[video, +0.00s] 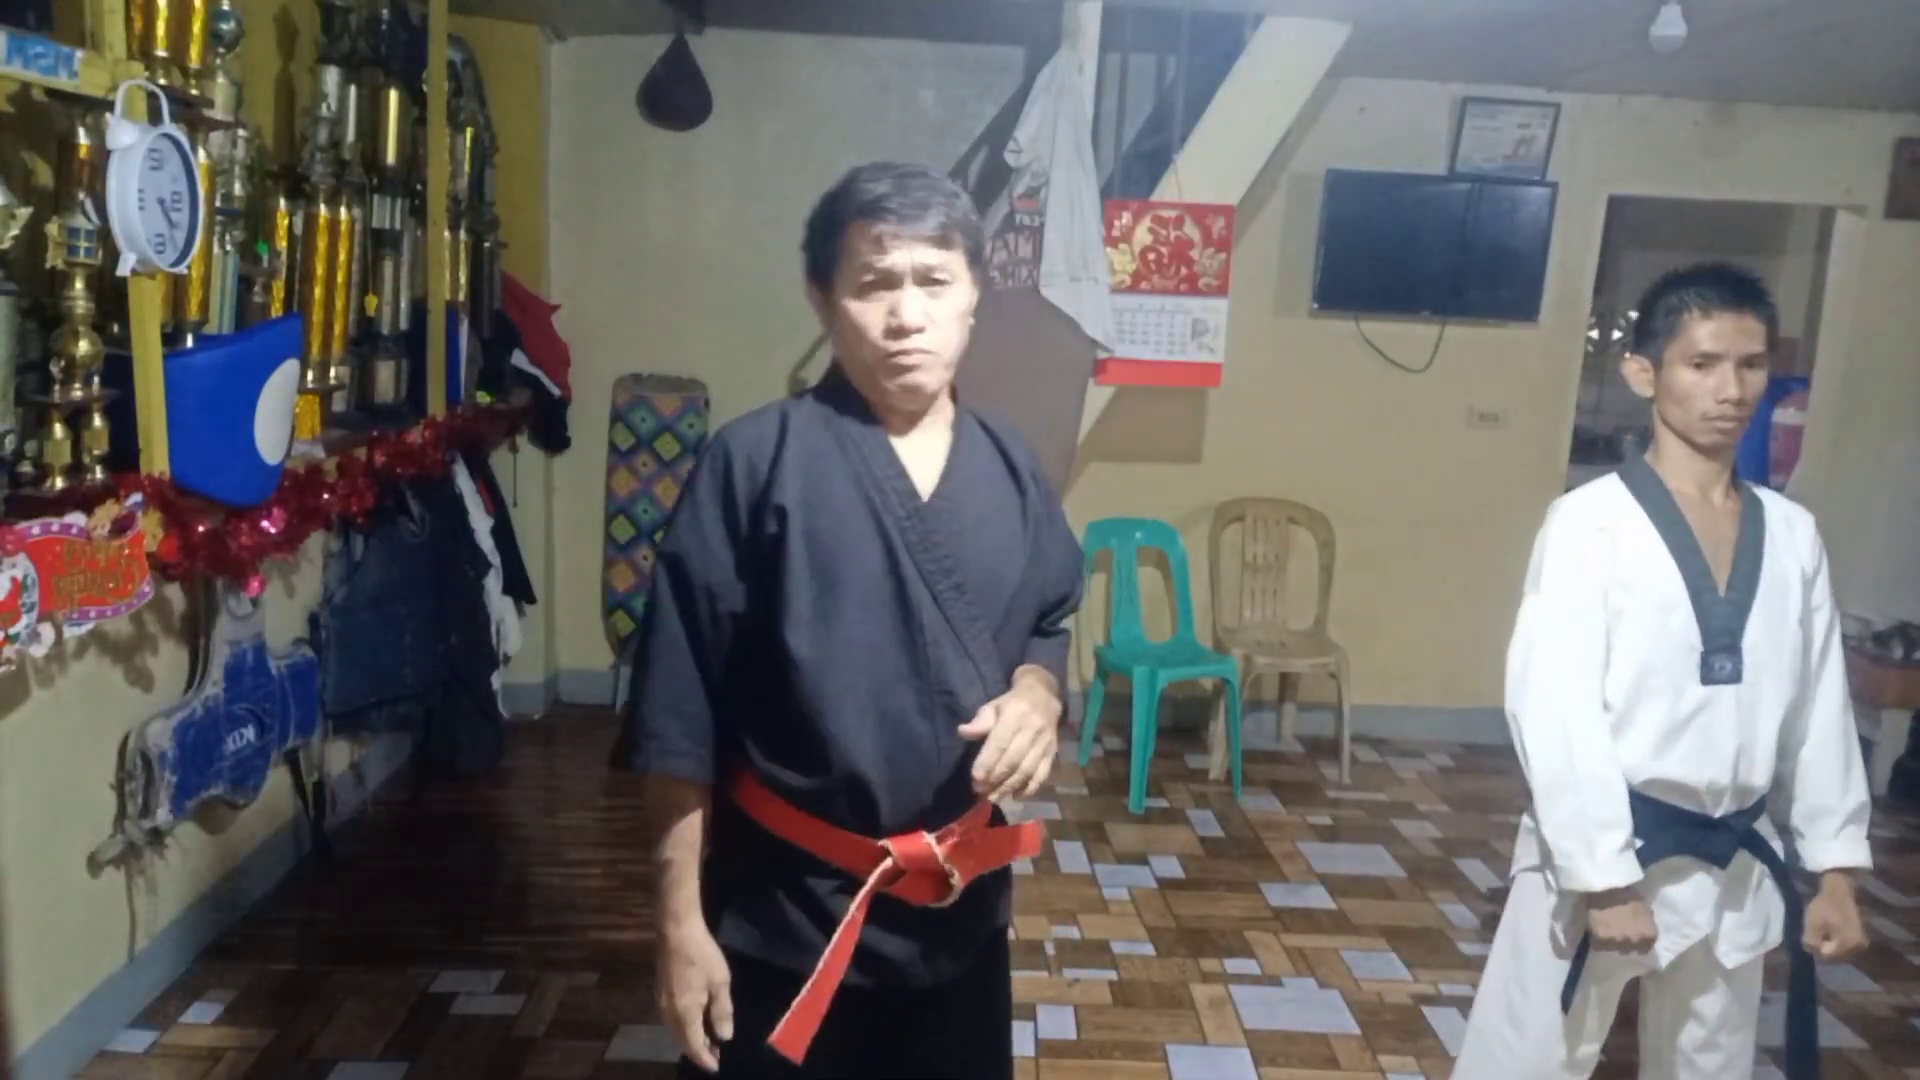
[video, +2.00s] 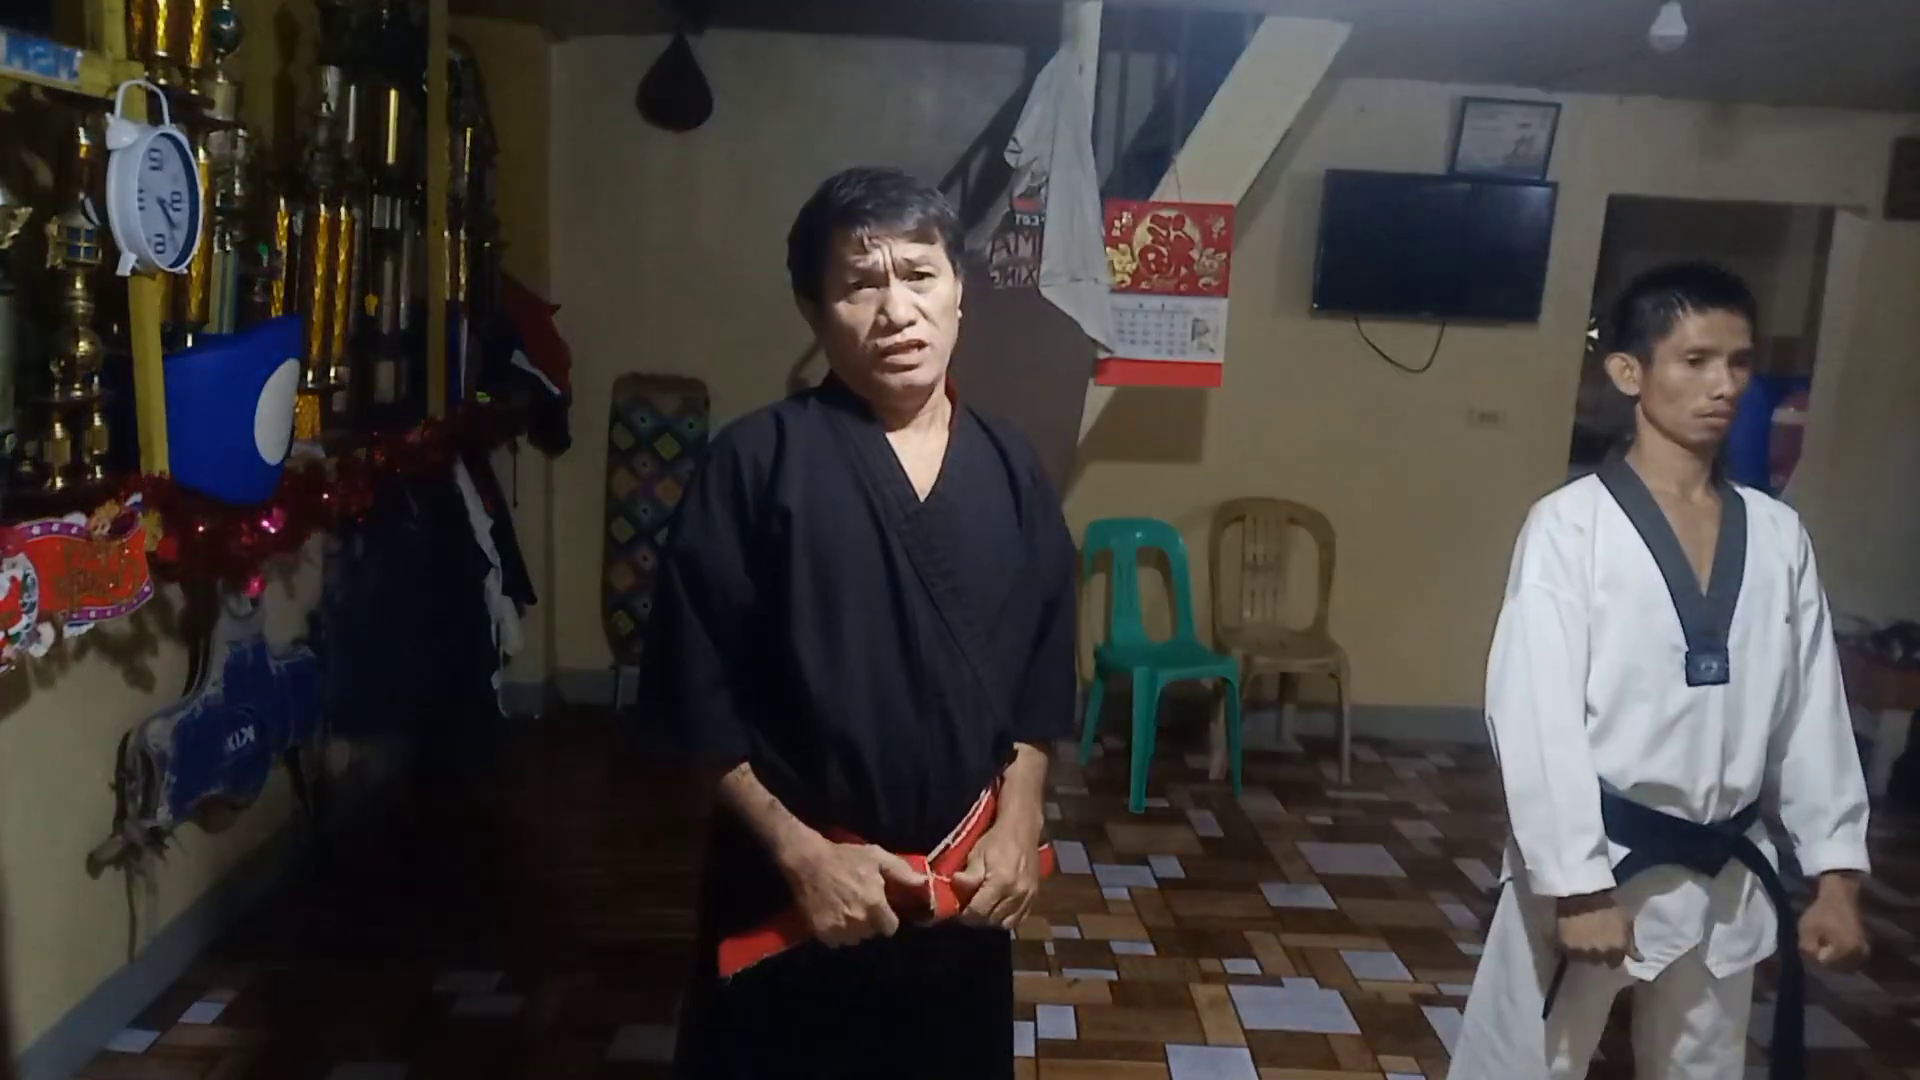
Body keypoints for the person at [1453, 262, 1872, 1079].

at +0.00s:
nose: (1731, 389)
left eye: (1750, 364)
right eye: (1703, 363)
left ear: (1768, 374)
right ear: (1642, 374)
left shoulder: (1793, 534)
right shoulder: (1587, 524)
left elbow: (1820, 709)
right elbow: (1552, 704)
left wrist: (1837, 871)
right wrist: (1607, 879)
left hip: (1735, 869)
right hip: (1595, 861)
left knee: (1710, 1070)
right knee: (1526, 1065)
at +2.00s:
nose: (1724, 385)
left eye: (1738, 362)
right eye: (1696, 361)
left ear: (1751, 372)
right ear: (1628, 374)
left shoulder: (1778, 533)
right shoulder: (1568, 526)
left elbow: (1813, 711)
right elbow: (1535, 711)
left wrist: (1837, 873)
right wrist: (1580, 885)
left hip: (1726, 883)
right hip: (1586, 876)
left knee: (1704, 1070)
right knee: (1528, 1067)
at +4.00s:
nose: (1712, 391)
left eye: (1726, 367)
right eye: (1684, 366)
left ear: (1741, 373)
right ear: (1616, 376)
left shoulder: (1769, 530)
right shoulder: (1562, 529)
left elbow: (1803, 703)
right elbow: (1532, 714)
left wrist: (1824, 865)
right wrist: (1574, 886)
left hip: (1718, 873)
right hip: (1583, 870)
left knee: (1692, 1069)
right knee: (1523, 1065)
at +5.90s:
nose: (1705, 388)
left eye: (1719, 363)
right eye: (1675, 364)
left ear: (1734, 371)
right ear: (1612, 376)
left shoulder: (1765, 527)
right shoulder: (1559, 526)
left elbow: (1801, 700)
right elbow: (1531, 710)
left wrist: (1823, 862)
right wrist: (1575, 881)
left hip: (1717, 871)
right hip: (1581, 868)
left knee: (1692, 1070)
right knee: (1519, 1066)